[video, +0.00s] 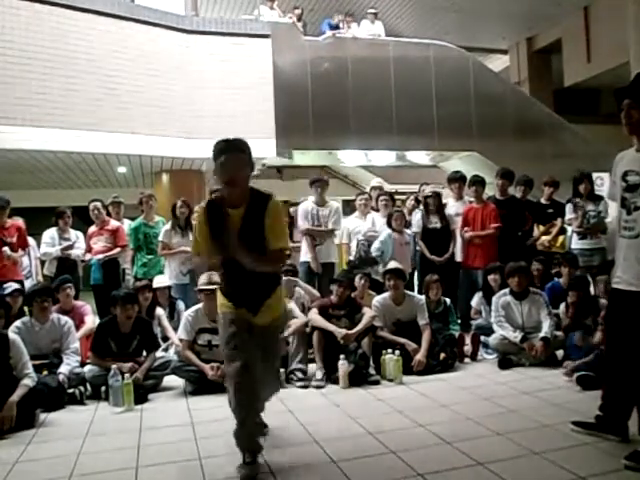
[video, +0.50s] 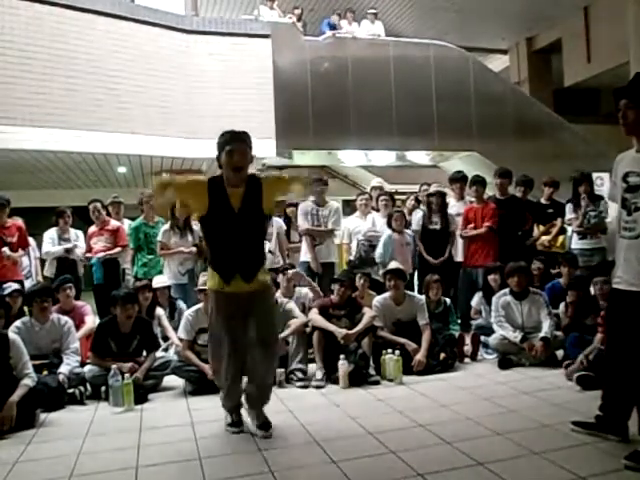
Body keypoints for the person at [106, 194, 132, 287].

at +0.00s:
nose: (116, 210)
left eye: (119, 207)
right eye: (113, 207)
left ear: (123, 208)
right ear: (108, 209)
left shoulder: (130, 225)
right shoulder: (105, 226)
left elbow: (133, 245)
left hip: (126, 263)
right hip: (110, 262)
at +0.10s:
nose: (116, 210)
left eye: (119, 207)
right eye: (113, 207)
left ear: (123, 208)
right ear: (108, 209)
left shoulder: (130, 225)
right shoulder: (105, 226)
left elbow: (134, 245)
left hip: (126, 264)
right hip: (110, 262)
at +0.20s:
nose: (116, 210)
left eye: (119, 207)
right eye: (113, 207)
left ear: (123, 208)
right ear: (108, 209)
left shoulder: (130, 225)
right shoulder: (105, 226)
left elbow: (134, 245)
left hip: (126, 263)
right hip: (110, 262)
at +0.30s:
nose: (116, 210)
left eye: (118, 207)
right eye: (113, 207)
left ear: (123, 208)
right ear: (108, 209)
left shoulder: (130, 225)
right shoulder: (106, 226)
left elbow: (133, 245)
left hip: (126, 263)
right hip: (110, 262)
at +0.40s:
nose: (116, 210)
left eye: (119, 207)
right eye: (113, 207)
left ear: (123, 208)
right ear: (108, 209)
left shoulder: (130, 225)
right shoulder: (106, 226)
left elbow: (133, 245)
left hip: (126, 264)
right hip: (110, 262)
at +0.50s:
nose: (116, 210)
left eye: (119, 207)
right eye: (113, 207)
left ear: (123, 208)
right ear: (108, 209)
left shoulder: (130, 225)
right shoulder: (106, 226)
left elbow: (133, 245)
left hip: (126, 263)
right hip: (111, 262)